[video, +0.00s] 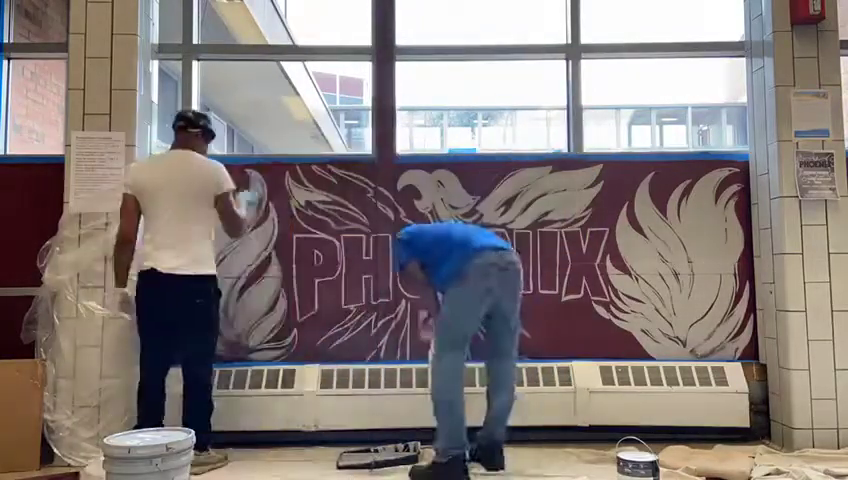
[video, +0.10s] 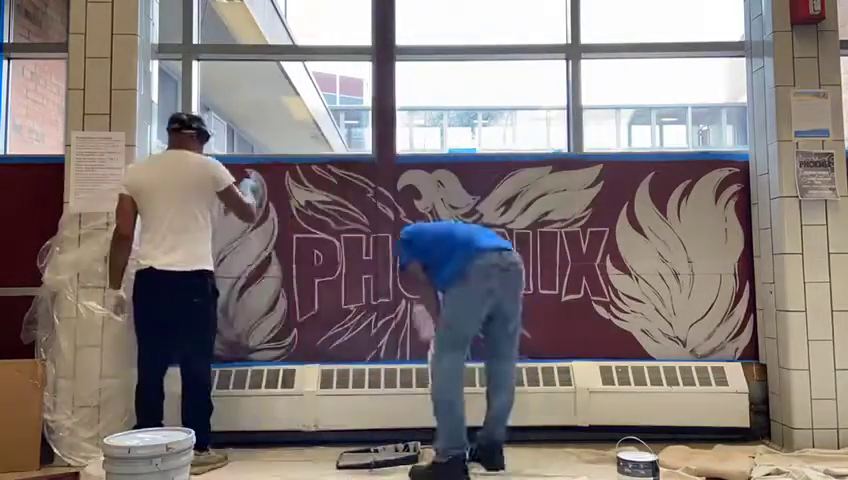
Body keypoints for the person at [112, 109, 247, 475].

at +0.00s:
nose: (209, 147)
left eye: (209, 142)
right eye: (209, 142)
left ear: (175, 134)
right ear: (202, 138)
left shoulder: (140, 170)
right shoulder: (213, 170)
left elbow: (126, 237)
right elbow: (235, 228)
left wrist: (121, 285)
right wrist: (247, 209)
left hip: (153, 283)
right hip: (198, 284)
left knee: (152, 372)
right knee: (198, 372)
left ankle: (147, 452)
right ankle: (198, 450)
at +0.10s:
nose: (202, 148)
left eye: (201, 142)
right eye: (203, 142)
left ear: (169, 137)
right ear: (198, 139)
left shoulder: (137, 172)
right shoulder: (210, 168)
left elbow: (123, 235)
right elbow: (250, 215)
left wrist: (115, 287)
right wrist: (251, 188)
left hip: (150, 283)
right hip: (196, 283)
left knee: (150, 370)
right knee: (197, 369)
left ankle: (148, 452)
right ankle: (198, 449)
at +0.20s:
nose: (204, 147)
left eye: (203, 142)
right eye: (204, 142)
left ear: (169, 135)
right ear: (198, 138)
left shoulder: (136, 171)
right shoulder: (210, 169)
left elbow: (122, 234)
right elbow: (243, 221)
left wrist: (113, 286)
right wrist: (254, 199)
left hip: (149, 282)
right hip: (195, 283)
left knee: (150, 370)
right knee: (196, 369)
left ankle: (148, 452)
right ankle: (198, 449)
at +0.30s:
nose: (203, 146)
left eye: (201, 141)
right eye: (203, 141)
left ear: (168, 135)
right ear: (197, 137)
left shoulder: (136, 170)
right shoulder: (210, 169)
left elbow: (121, 234)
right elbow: (241, 223)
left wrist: (113, 286)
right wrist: (253, 201)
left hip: (147, 282)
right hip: (193, 283)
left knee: (148, 371)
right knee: (195, 369)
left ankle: (147, 453)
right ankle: (198, 449)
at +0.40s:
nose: (196, 147)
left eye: (194, 142)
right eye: (197, 142)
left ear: (162, 137)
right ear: (192, 140)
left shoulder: (131, 172)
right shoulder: (205, 170)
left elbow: (117, 236)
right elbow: (235, 222)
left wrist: (110, 288)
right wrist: (239, 199)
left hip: (145, 283)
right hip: (191, 283)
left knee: (147, 371)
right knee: (194, 368)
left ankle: (147, 452)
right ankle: (198, 449)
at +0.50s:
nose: (199, 152)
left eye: (199, 148)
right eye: (200, 147)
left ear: (165, 137)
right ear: (193, 142)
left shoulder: (130, 172)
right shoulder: (205, 173)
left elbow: (115, 233)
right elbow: (220, 232)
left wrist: (106, 286)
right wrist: (228, 218)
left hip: (142, 283)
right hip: (188, 284)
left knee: (146, 370)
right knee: (193, 368)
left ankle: (146, 452)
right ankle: (198, 450)